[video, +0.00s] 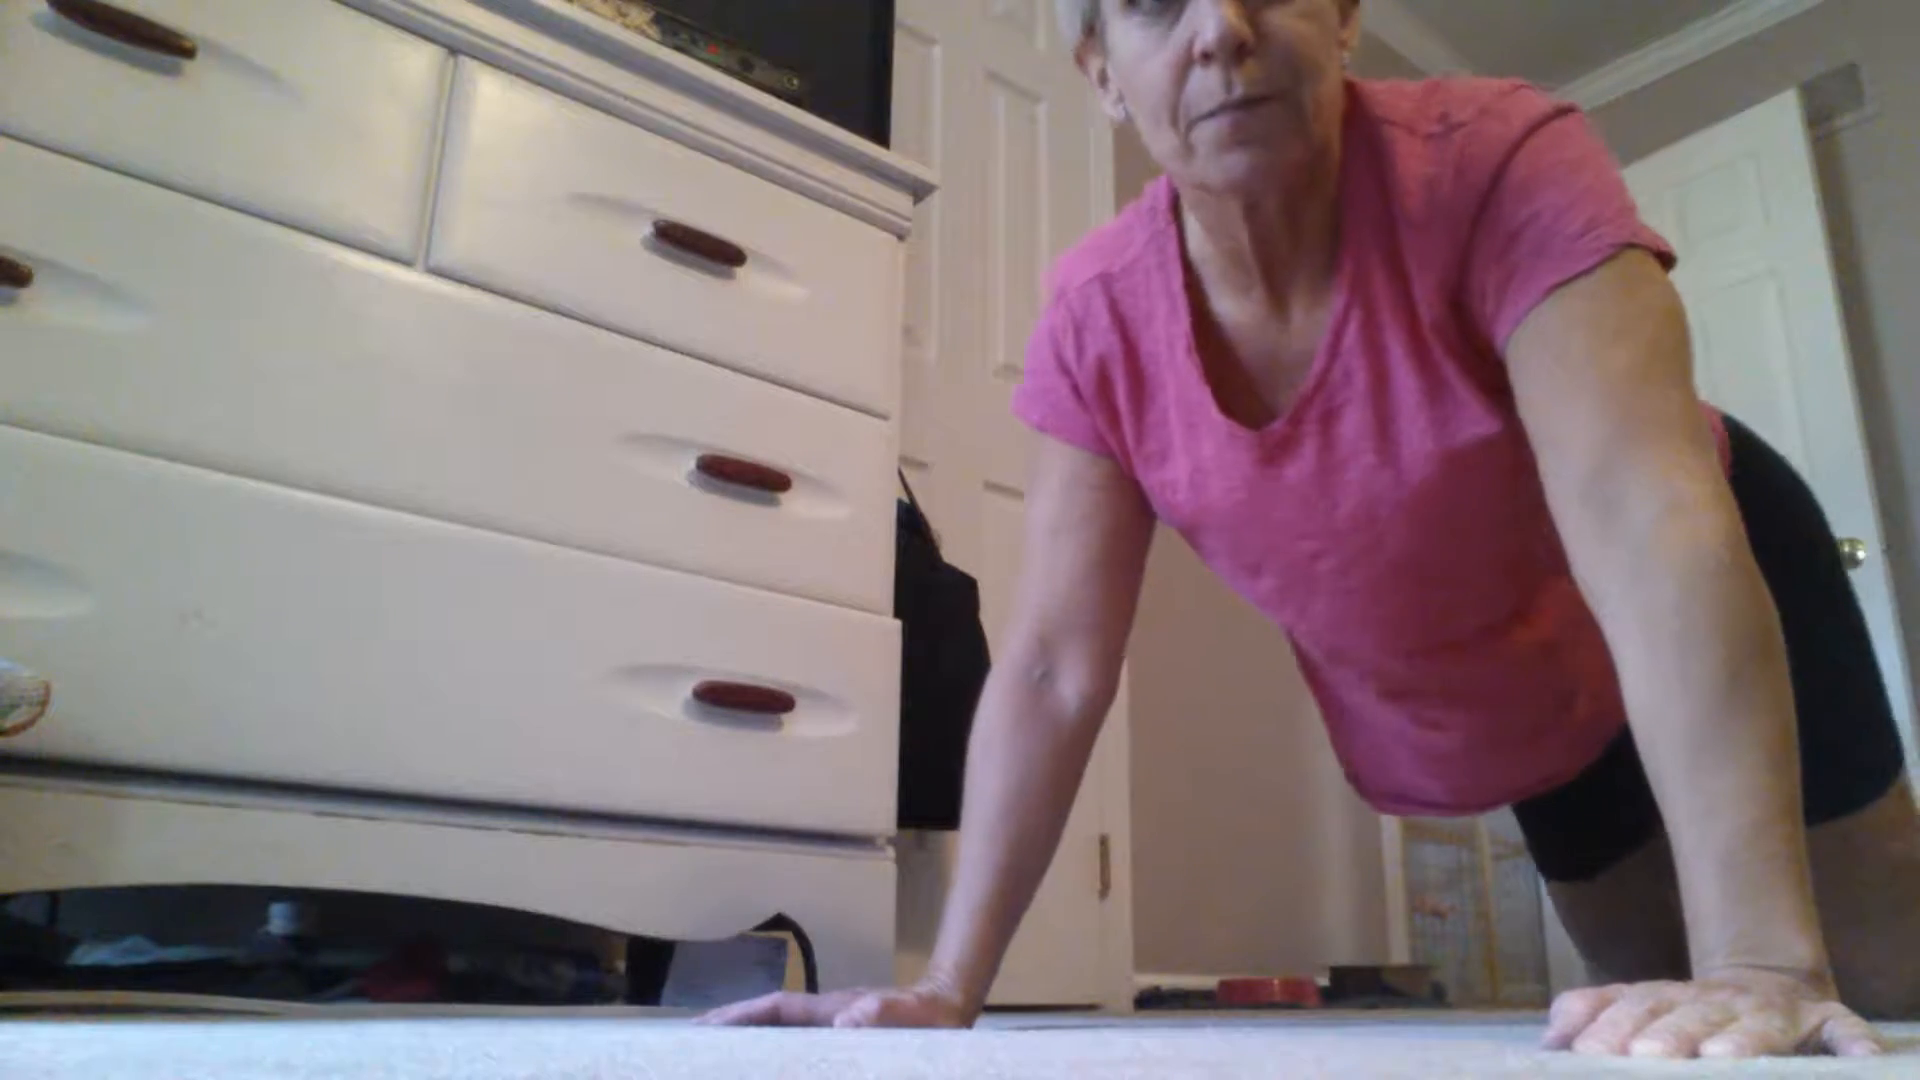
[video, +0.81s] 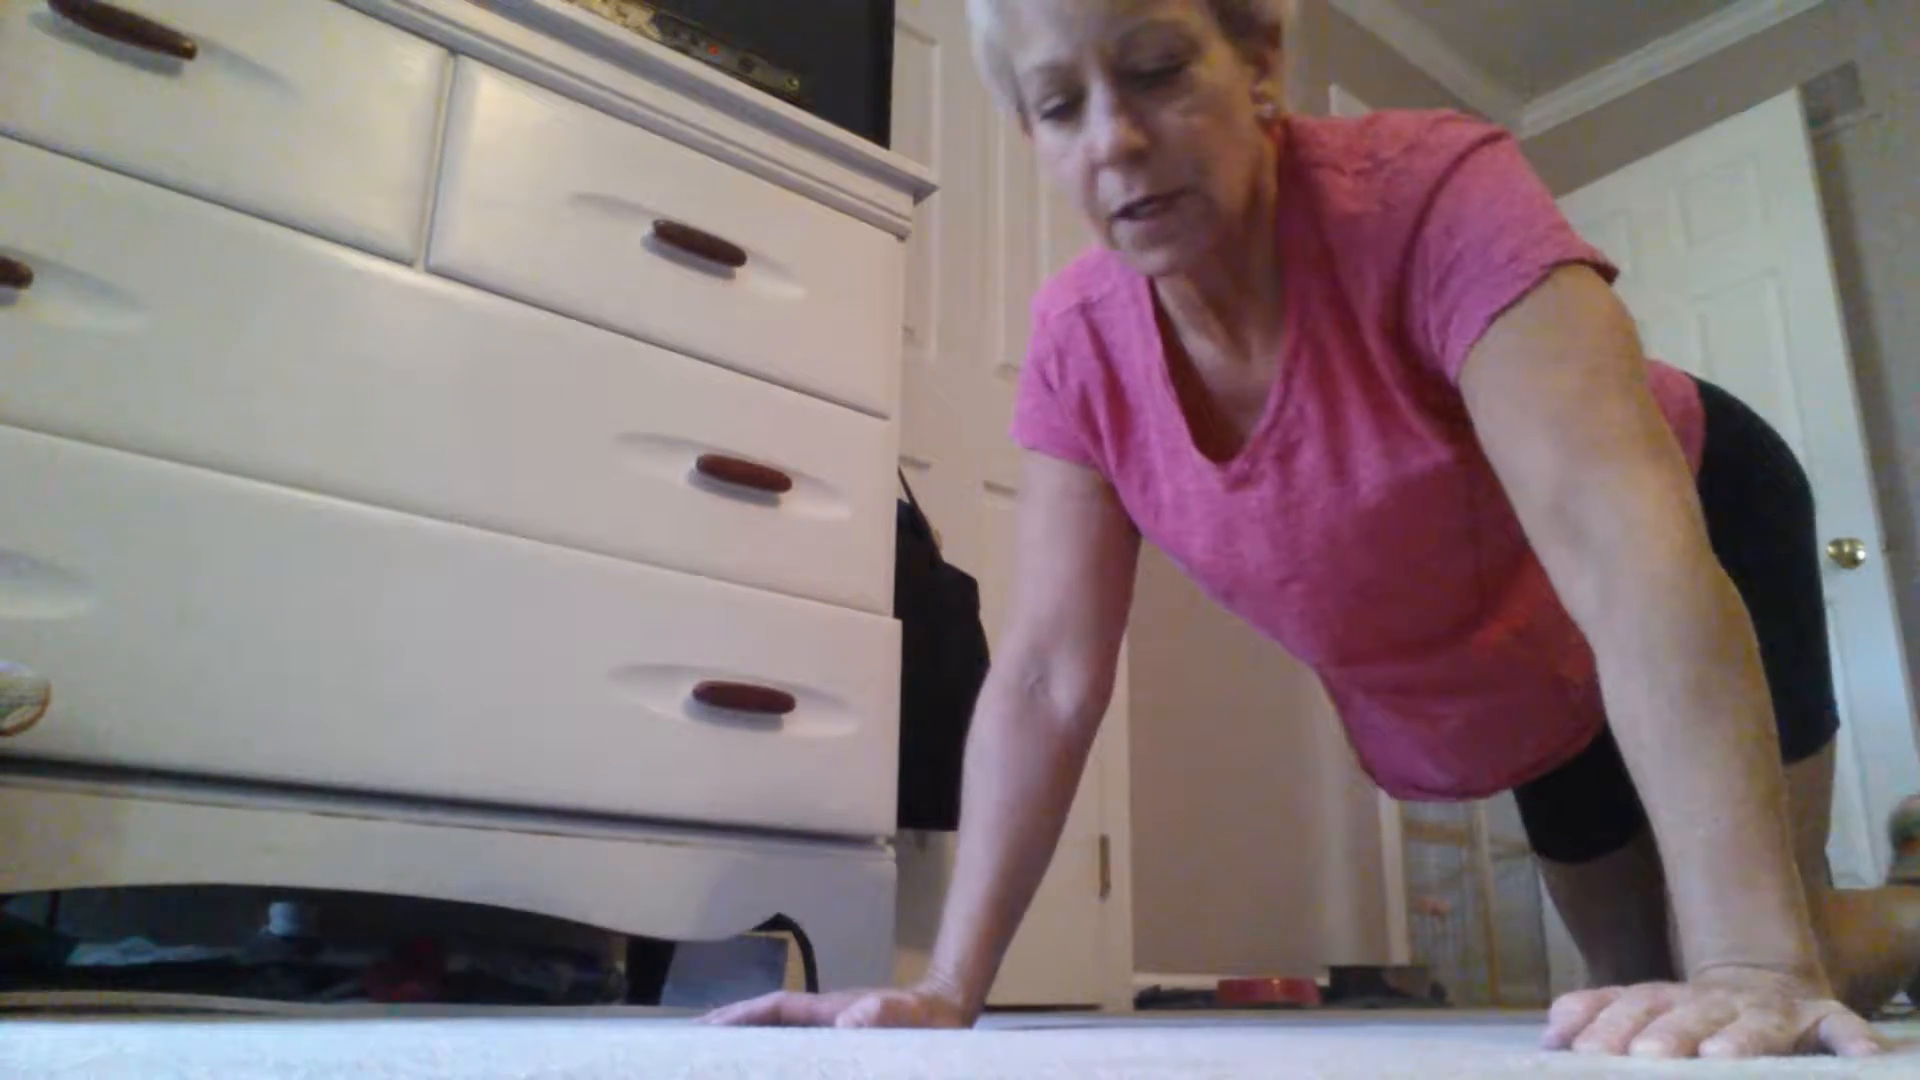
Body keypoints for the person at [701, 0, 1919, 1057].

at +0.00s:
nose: (1220, 35)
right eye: (1160, 8)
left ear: (1341, 24)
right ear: (1102, 76)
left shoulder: (1502, 162)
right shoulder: (1102, 316)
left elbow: (1654, 520)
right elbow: (1050, 667)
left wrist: (1763, 967)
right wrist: (950, 980)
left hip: (1706, 603)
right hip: (1523, 726)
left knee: (1868, 987)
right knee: (1661, 1023)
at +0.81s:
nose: (1116, 143)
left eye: (1154, 74)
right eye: (1062, 108)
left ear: (1261, 64)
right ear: (1032, 140)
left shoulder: (1437, 192)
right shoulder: (1083, 331)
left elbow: (1630, 538)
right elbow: (1043, 675)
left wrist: (1756, 973)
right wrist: (949, 985)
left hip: (1682, 542)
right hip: (1504, 657)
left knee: (1777, 948)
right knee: (1644, 997)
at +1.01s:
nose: (1044, 193)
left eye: (1084, 121)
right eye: (1009, 142)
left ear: (1237, 80)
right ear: (990, 146)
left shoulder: (1444, 192)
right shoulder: (1084, 333)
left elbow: (1640, 541)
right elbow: (1045, 675)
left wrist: (1752, 973)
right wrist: (950, 983)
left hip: (1678, 548)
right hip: (1501, 665)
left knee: (1777, 956)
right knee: (1645, 999)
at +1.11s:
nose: (1035, 202)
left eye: (1074, 129)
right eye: (1004, 151)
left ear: (1234, 83)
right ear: (989, 157)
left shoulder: (1454, 187)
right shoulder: (1091, 348)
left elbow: (1658, 540)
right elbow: (1047, 679)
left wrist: (1754, 970)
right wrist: (950, 983)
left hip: (1685, 568)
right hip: (1513, 678)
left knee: (1775, 953)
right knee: (1645, 995)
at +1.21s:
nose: (1039, 200)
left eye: (1078, 128)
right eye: (1007, 149)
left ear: (1238, 76)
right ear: (991, 151)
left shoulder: (1458, 181)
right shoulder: (1096, 339)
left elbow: (1677, 540)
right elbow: (1051, 679)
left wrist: (1754, 971)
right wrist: (950, 984)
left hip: (1684, 562)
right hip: (1513, 670)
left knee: (1769, 956)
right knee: (1649, 989)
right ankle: (1888, 924)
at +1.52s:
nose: (1047, 194)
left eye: (1085, 125)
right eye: (1014, 141)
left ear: (1249, 63)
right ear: (995, 133)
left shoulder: (1484, 154)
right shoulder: (1105, 313)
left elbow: (1699, 516)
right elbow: (1057, 671)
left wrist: (1764, 970)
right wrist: (949, 983)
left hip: (1697, 566)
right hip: (1534, 692)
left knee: (1791, 947)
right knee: (1730, 970)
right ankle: (1895, 931)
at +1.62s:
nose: (1061, 192)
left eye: (1100, 124)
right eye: (1026, 141)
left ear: (1263, 61)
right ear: (1005, 131)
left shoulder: (1489, 151)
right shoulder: (1109, 314)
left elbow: (1702, 516)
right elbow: (1057, 668)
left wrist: (1765, 969)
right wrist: (950, 982)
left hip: (1695, 569)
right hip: (1532, 689)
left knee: (1780, 927)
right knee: (1729, 933)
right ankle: (1884, 928)